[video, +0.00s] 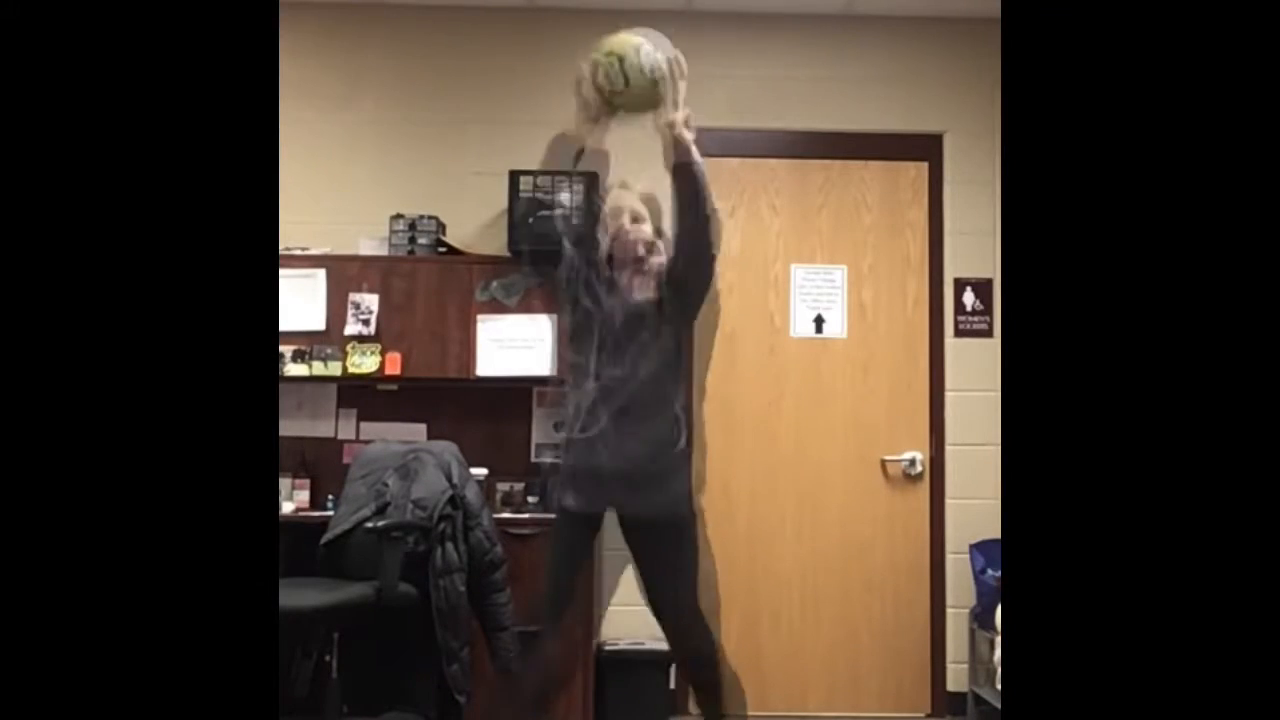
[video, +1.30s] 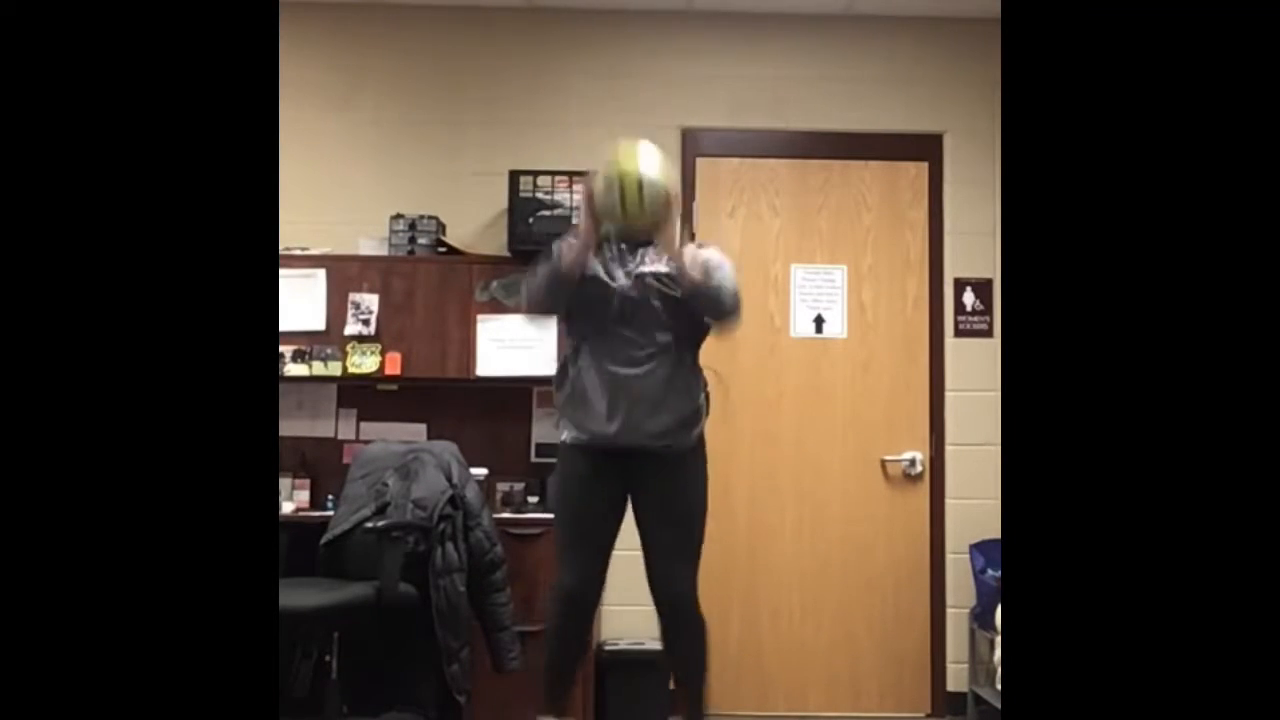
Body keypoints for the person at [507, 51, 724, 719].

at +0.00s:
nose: (628, 232)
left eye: (637, 221)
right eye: (616, 223)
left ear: (655, 238)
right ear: (599, 239)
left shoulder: (676, 298)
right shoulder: (584, 292)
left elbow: (697, 238)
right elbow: (568, 222)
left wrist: (678, 142)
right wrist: (589, 127)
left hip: (654, 473)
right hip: (582, 470)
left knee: (683, 624)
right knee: (557, 619)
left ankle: (720, 709)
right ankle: (524, 711)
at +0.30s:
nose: (628, 215)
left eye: (641, 208)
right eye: (617, 205)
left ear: (659, 226)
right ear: (598, 220)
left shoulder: (675, 290)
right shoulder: (576, 283)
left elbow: (709, 249)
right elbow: (535, 249)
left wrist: (675, 170)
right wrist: (571, 166)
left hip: (658, 468)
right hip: (578, 466)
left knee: (680, 615)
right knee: (543, 611)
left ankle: (708, 712)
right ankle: (487, 709)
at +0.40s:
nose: (622, 221)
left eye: (634, 210)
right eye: (611, 211)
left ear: (655, 215)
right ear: (593, 216)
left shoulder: (682, 274)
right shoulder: (575, 272)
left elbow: (705, 329)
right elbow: (533, 318)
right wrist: (574, 251)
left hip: (659, 459)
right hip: (579, 457)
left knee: (665, 603)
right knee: (561, 593)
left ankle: (675, 710)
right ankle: (548, 709)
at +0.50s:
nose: (632, 226)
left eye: (644, 219)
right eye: (621, 217)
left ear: (659, 239)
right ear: (602, 233)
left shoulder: (685, 315)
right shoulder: (562, 313)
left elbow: (694, 414)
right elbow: (544, 404)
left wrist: (656, 357)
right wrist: (584, 353)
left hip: (659, 493)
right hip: (580, 493)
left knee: (650, 628)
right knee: (584, 626)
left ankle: (647, 715)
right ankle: (594, 714)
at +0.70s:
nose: (625, 233)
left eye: (636, 221)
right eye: (613, 221)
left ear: (656, 226)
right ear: (592, 226)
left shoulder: (683, 282)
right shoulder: (566, 283)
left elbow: (706, 340)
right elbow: (536, 343)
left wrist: (675, 292)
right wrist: (574, 281)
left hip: (661, 474)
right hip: (582, 475)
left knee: (654, 610)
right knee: (587, 609)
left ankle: (652, 710)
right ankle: (592, 710)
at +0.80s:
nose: (633, 192)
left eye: (644, 186)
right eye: (621, 183)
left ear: (660, 201)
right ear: (600, 196)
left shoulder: (676, 265)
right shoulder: (575, 254)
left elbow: (712, 257)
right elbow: (536, 258)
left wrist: (678, 179)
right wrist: (581, 178)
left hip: (662, 444)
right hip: (581, 443)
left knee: (667, 593)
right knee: (573, 590)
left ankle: (681, 712)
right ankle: (556, 712)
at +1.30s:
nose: (633, 199)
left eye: (646, 189)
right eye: (620, 188)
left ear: (668, 199)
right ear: (600, 198)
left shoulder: (692, 259)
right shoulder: (576, 254)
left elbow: (725, 309)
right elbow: (535, 299)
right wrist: (583, 238)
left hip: (671, 449)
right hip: (590, 447)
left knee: (676, 592)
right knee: (574, 589)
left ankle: (692, 710)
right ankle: (552, 709)